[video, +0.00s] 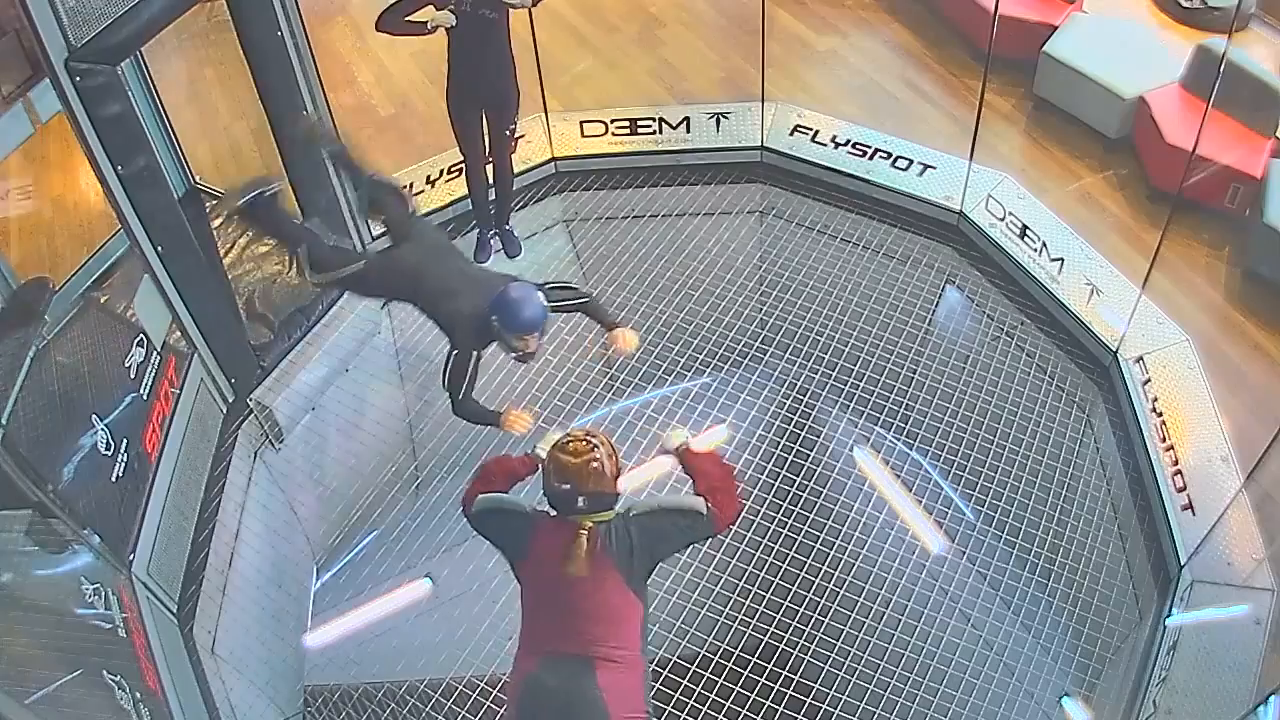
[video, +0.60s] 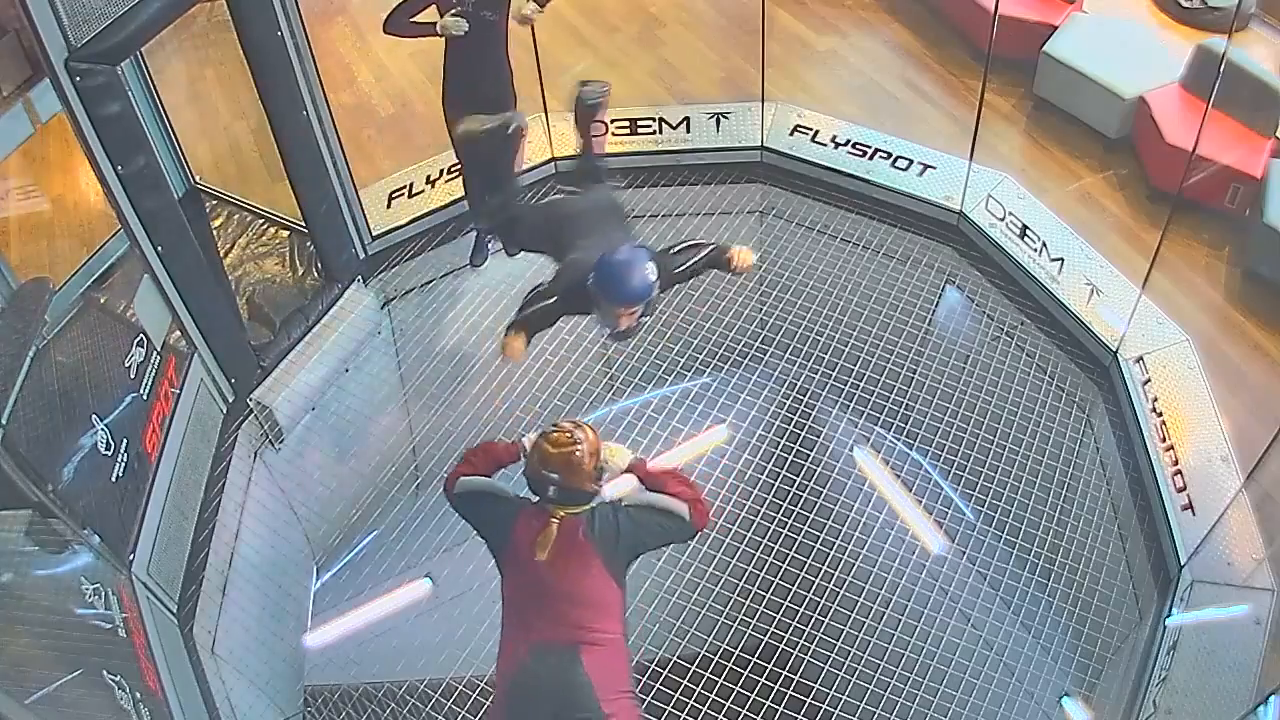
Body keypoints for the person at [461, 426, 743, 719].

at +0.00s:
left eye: (592, 450)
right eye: (602, 454)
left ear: (549, 488)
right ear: (615, 482)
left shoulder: (527, 533)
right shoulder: (636, 531)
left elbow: (476, 498)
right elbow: (724, 507)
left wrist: (533, 459)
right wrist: (689, 450)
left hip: (535, 692)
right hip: (612, 694)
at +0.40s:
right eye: (607, 458)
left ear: (545, 484)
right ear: (612, 484)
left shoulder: (521, 527)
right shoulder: (631, 527)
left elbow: (462, 493)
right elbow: (713, 503)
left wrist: (524, 458)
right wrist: (646, 468)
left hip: (537, 683)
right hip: (615, 684)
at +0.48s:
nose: (576, 436)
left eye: (586, 440)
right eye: (569, 438)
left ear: (542, 480)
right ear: (606, 483)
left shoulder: (514, 524)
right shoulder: (626, 524)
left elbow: (456, 490)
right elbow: (707, 504)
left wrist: (521, 455)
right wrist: (638, 469)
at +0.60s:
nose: (566, 433)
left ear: (534, 477)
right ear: (598, 479)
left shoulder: (507, 519)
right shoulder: (615, 525)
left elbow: (458, 480)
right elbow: (695, 511)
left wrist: (517, 449)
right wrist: (639, 466)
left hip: (520, 699)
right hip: (602, 697)